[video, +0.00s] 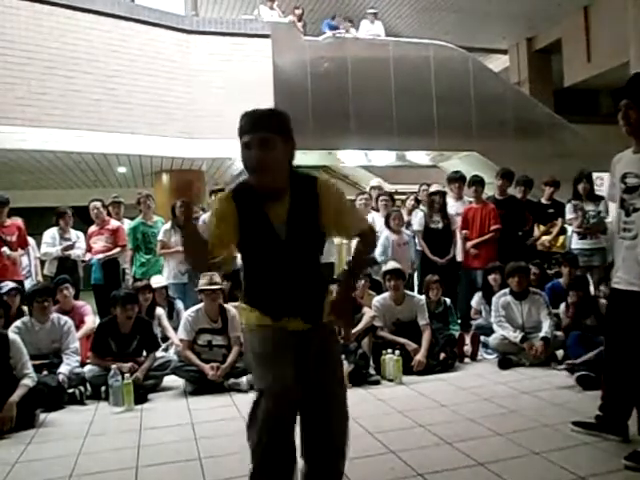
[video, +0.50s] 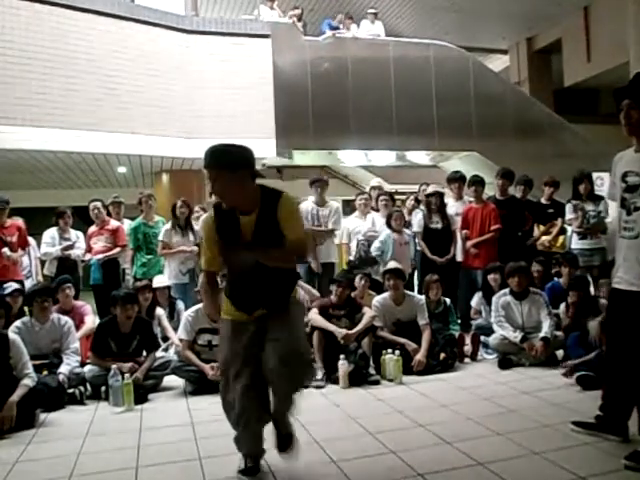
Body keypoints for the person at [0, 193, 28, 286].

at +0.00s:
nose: (2, 211)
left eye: (4, 208)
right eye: (1, 208)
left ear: (8, 208)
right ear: (1, 209)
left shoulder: (17, 225)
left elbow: (24, 247)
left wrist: (16, 254)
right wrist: (8, 253)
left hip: (15, 276)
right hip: (3, 276)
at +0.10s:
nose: (2, 211)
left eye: (4, 208)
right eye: (1, 208)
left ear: (8, 208)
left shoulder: (17, 225)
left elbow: (24, 247)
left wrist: (16, 254)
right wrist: (8, 253)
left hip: (14, 276)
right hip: (3, 276)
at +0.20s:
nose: (2, 212)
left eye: (4, 209)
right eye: (1, 209)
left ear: (7, 209)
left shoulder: (17, 225)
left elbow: (24, 247)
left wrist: (16, 255)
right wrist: (7, 254)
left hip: (14, 275)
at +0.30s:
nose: (2, 213)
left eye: (3, 210)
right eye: (1, 210)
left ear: (7, 209)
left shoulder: (17, 225)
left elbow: (23, 247)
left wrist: (16, 255)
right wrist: (7, 254)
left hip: (14, 276)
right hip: (3, 276)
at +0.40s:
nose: (2, 213)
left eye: (4, 209)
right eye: (1, 209)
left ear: (8, 209)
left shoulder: (18, 225)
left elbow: (24, 247)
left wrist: (16, 255)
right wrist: (6, 254)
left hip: (13, 276)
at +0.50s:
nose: (2, 213)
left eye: (4, 210)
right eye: (1, 210)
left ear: (8, 209)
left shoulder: (17, 225)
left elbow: (23, 247)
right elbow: (3, 248)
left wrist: (17, 255)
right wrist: (7, 254)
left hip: (14, 275)